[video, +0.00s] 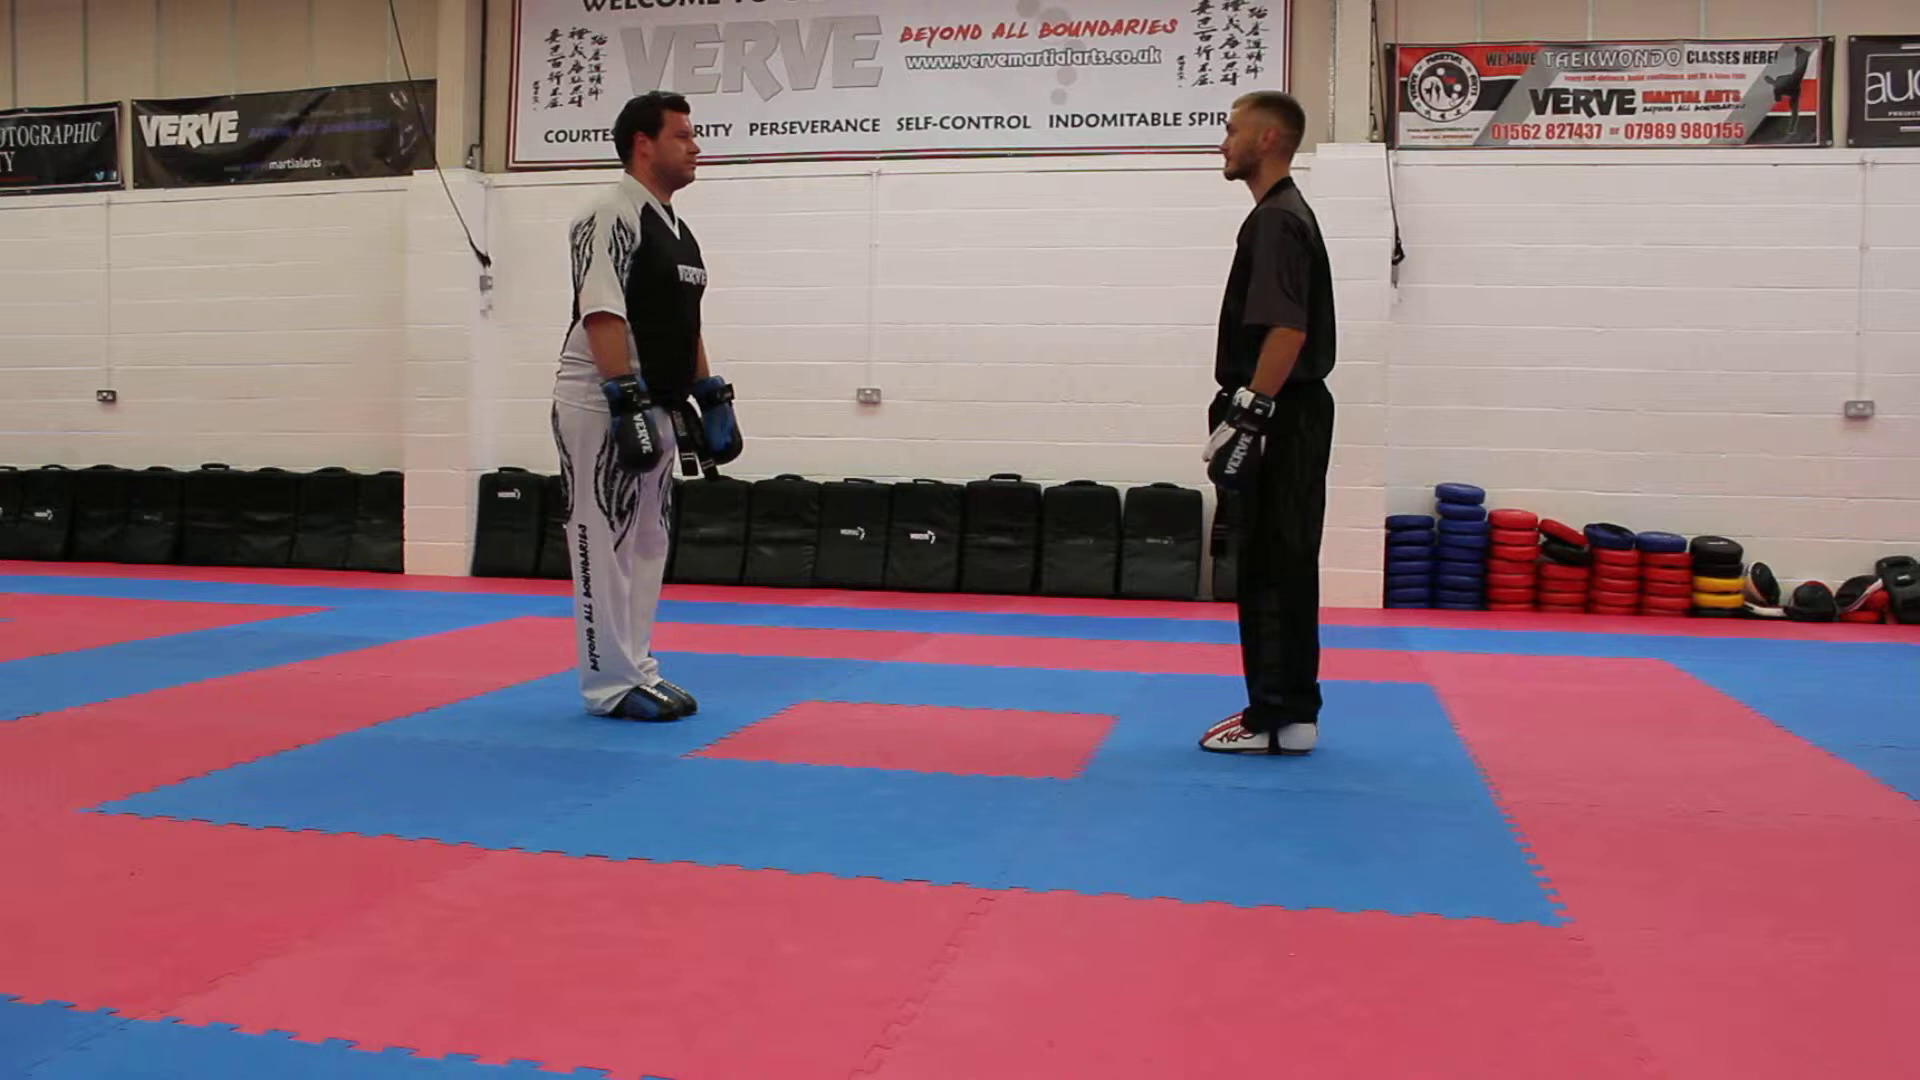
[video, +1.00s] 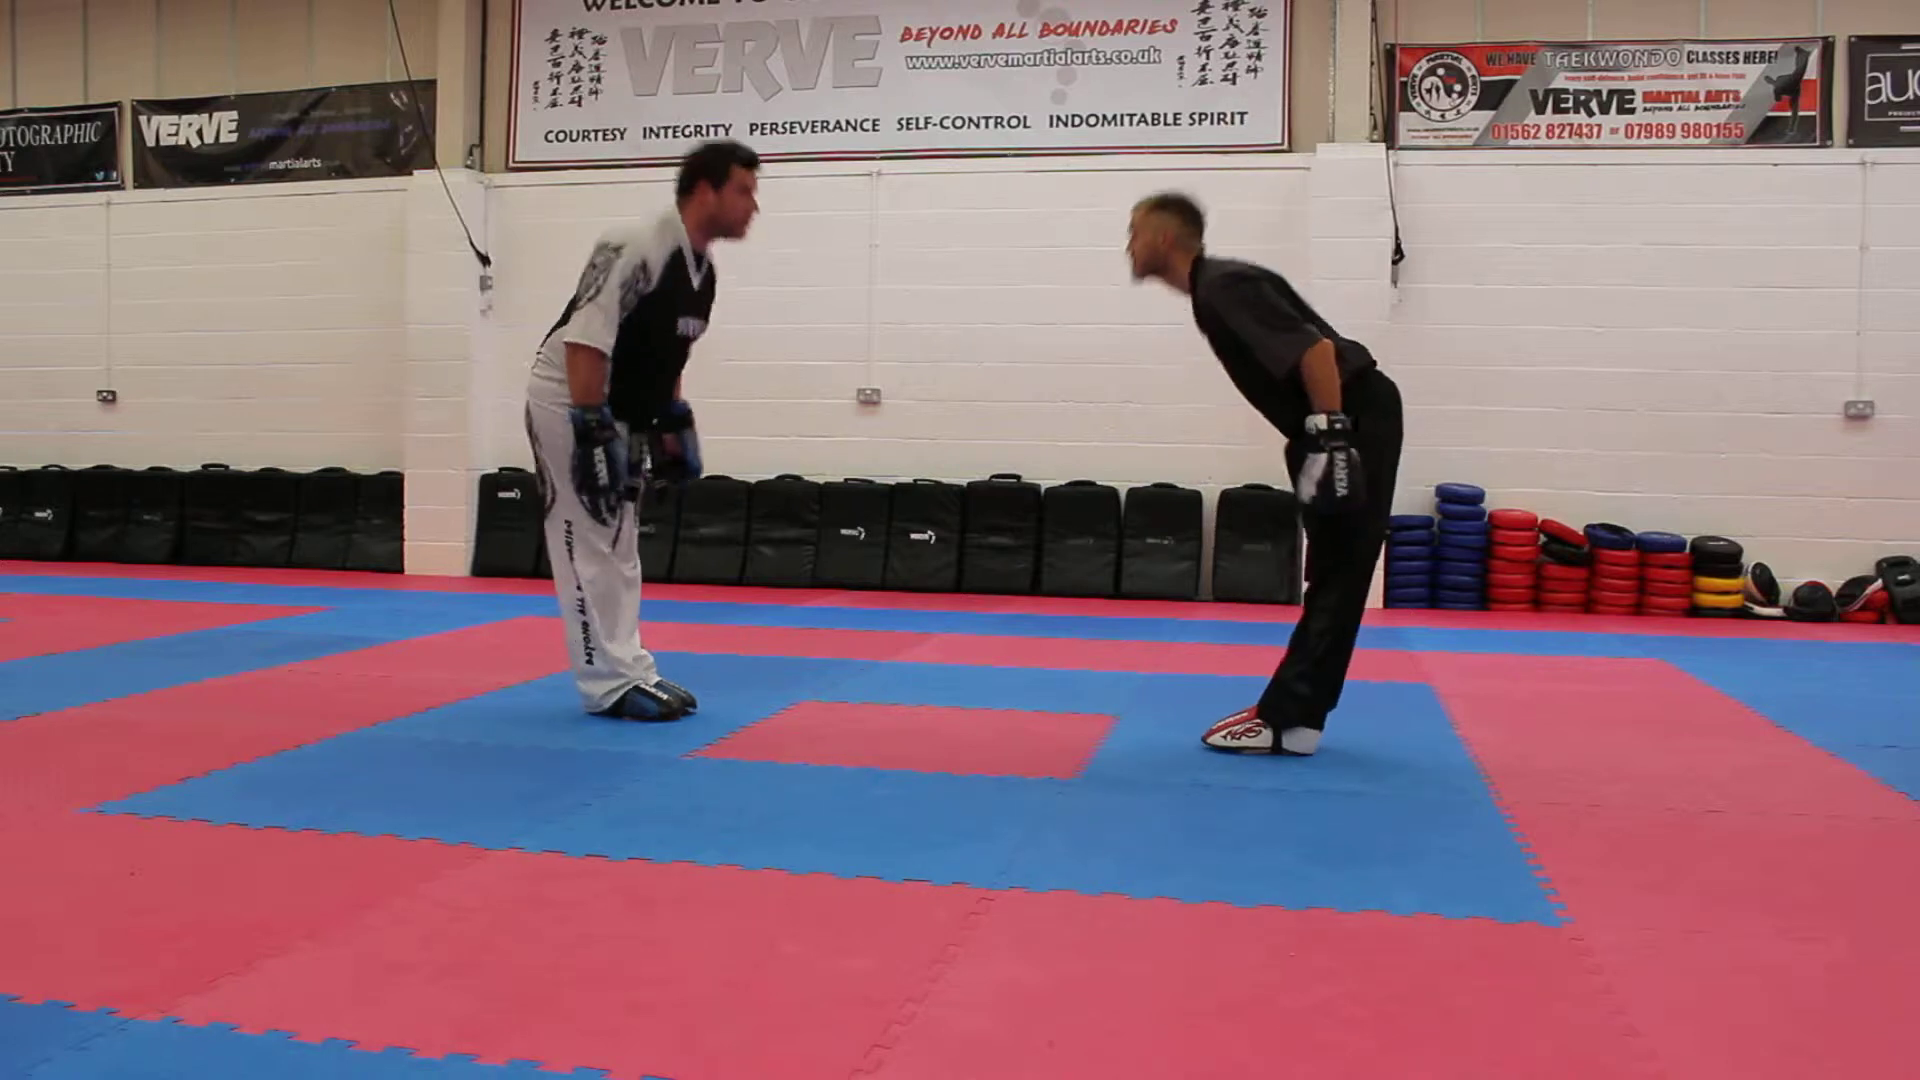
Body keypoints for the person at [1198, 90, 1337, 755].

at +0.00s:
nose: (1222, 142)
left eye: (1232, 131)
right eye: (1226, 131)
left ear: (1270, 140)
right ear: (1271, 140)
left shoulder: (1280, 221)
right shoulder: (1276, 215)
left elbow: (1289, 332)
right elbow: (1281, 330)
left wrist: (1247, 418)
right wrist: (1238, 411)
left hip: (1285, 412)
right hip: (1283, 410)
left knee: (1272, 562)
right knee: (1277, 561)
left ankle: (1279, 714)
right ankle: (1285, 707)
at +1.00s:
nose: (1128, 245)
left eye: (1136, 233)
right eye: (1130, 233)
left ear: (1169, 237)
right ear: (1172, 238)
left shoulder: (1224, 286)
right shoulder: (1214, 290)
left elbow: (1316, 349)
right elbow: (1306, 352)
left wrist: (1329, 436)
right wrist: (1312, 437)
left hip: (1358, 414)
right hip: (1349, 416)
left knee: (1338, 574)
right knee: (1334, 574)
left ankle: (1290, 716)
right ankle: (1294, 713)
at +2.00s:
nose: (1269, 149)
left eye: (1278, 137)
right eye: (1273, 137)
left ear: (1309, 146)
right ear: (1330, 150)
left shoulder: (1275, 230)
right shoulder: (1387, 232)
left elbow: (1254, 341)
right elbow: (1397, 337)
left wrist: (1197, 313)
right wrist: (1315, 321)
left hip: (1295, 414)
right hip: (1370, 413)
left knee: (1245, 548)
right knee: (1394, 555)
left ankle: (1186, 696)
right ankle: (1412, 709)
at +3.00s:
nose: (992, 173)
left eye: (1001, 163)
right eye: (995, 161)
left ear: (1023, 170)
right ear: (1047, 175)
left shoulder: (976, 239)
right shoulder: (1076, 265)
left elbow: (887, 292)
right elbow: (1093, 368)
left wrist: (860, 256)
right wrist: (1031, 346)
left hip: (920, 411)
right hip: (990, 430)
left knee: (845, 516)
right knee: (1031, 561)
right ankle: (1040, 708)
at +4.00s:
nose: (346, 193)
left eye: (349, 184)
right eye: (349, 183)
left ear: (356, 187)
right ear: (395, 188)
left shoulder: (344, 246)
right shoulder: (436, 249)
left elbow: (240, 263)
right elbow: (437, 327)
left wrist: (230, 221)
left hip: (387, 430)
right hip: (444, 428)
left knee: (333, 538)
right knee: (441, 543)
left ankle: (304, 668)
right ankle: (507, 626)